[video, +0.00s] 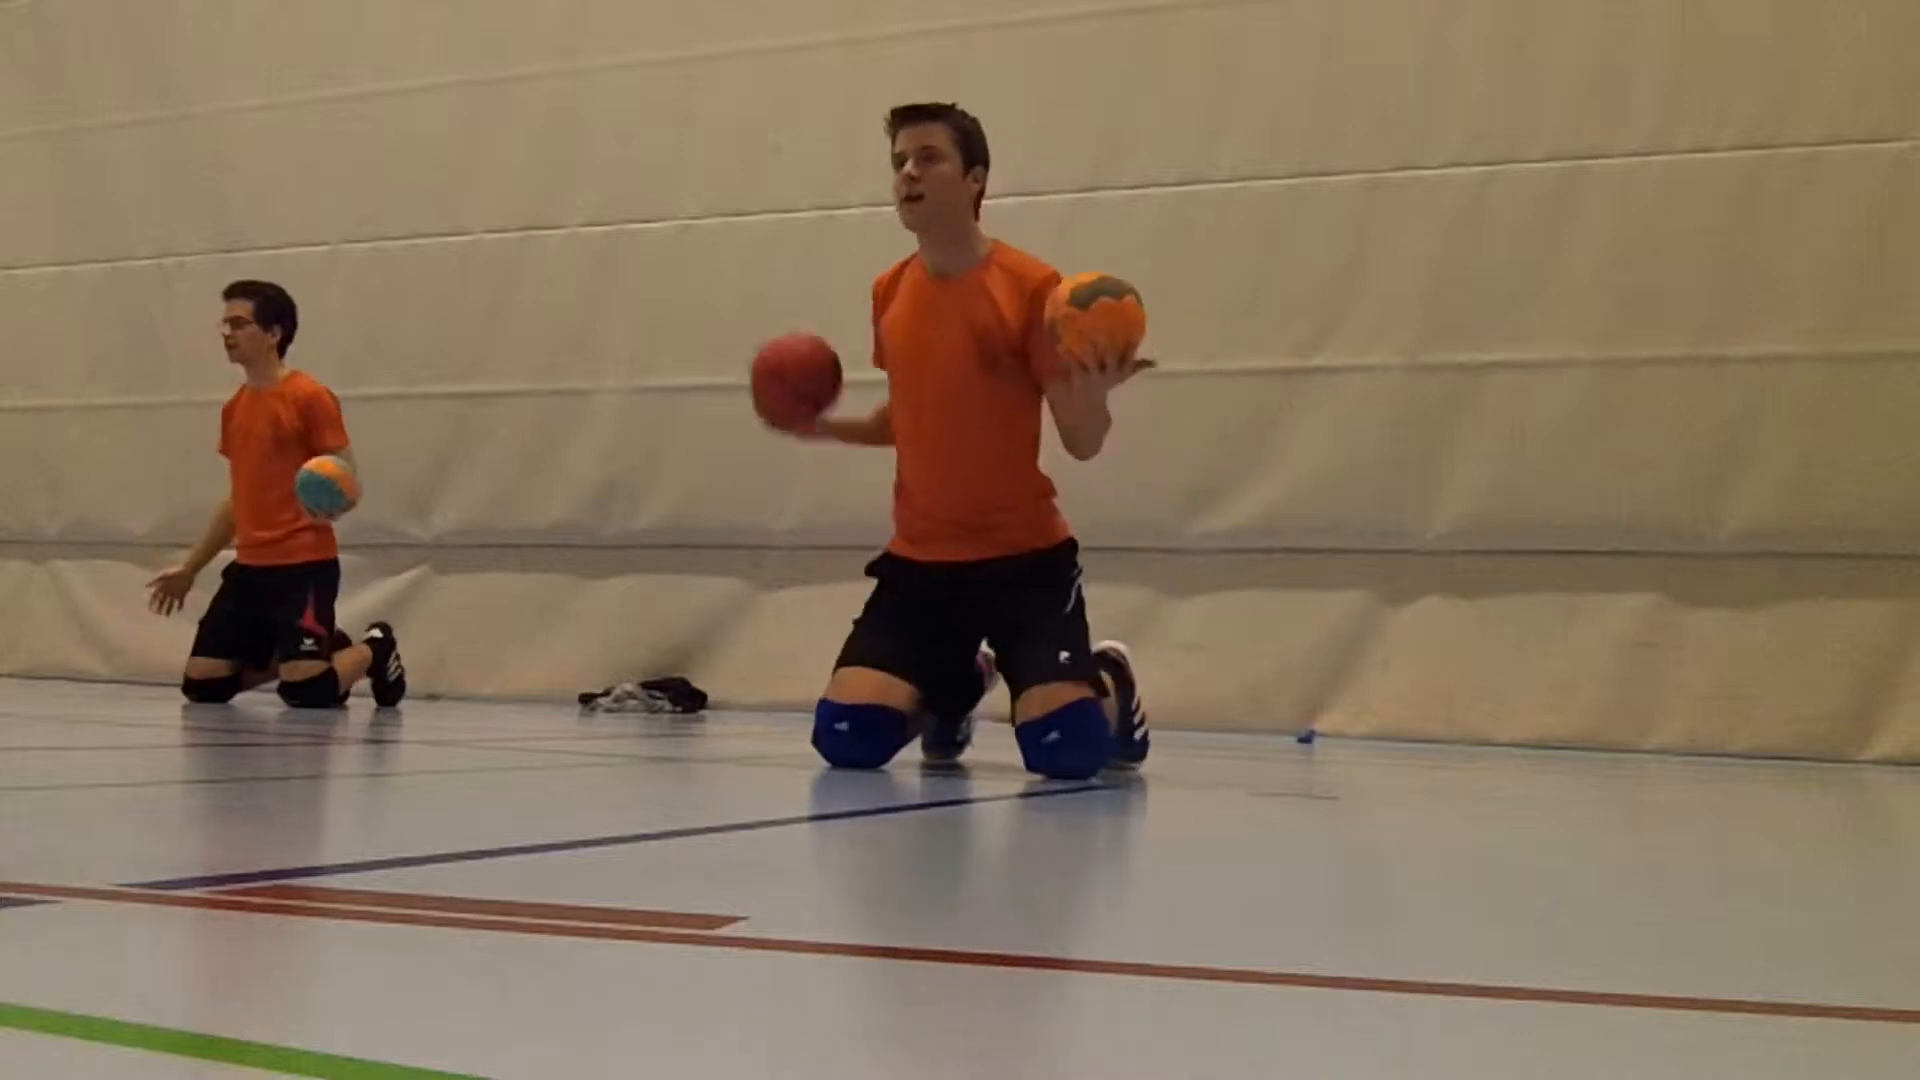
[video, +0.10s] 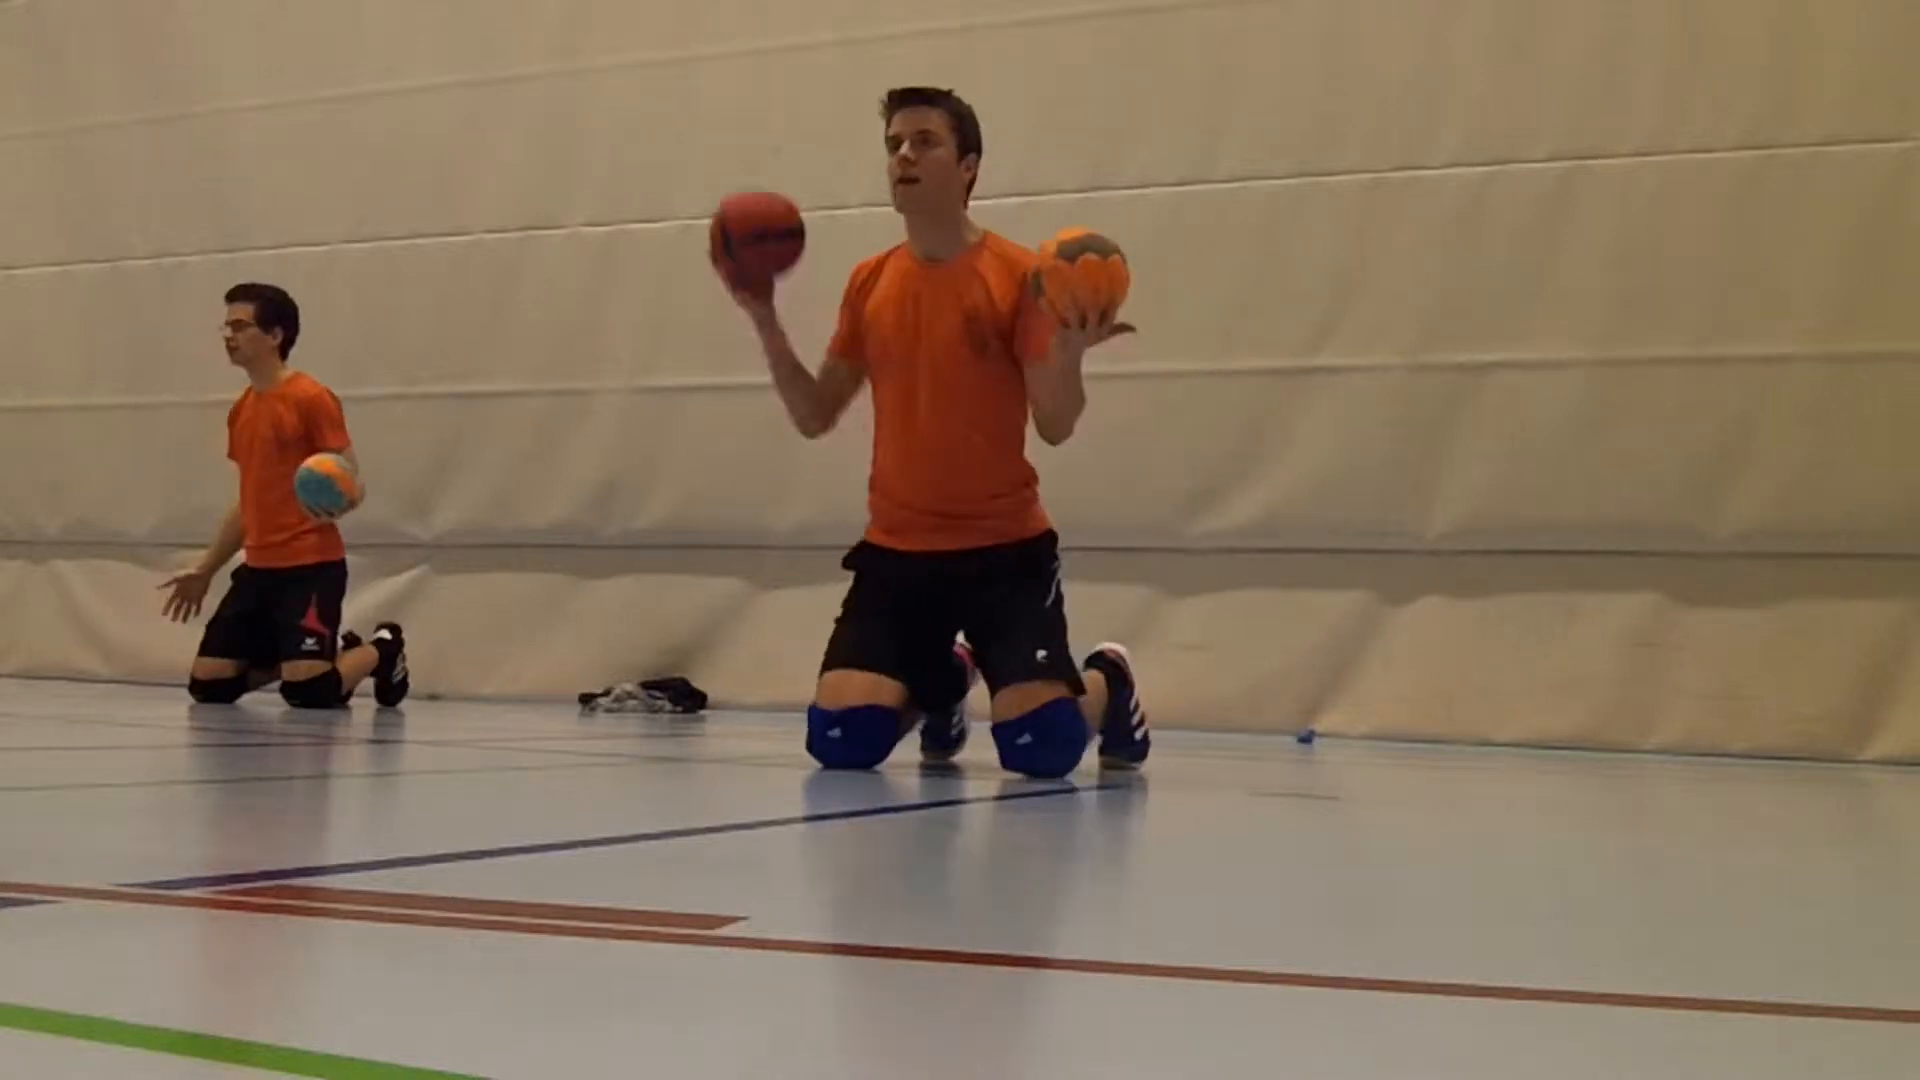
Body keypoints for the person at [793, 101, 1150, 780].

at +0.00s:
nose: (909, 174)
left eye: (929, 159)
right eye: (899, 163)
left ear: (975, 182)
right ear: (892, 186)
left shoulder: (1032, 290)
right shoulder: (892, 293)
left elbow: (1084, 442)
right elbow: (913, 419)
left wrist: (1087, 372)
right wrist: (823, 426)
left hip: (1026, 562)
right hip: (919, 565)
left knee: (1062, 753)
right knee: (847, 740)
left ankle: (1110, 684)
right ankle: (954, 681)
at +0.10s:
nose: (904, 154)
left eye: (925, 142)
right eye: (895, 144)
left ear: (968, 170)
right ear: (884, 170)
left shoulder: (1019, 277)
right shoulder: (873, 281)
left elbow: (1056, 423)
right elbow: (813, 414)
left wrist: (1068, 346)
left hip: (1007, 548)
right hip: (896, 551)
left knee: (1040, 752)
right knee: (839, 743)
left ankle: (1109, 685)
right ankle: (942, 680)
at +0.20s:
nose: (911, 139)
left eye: (933, 128)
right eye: (901, 128)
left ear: (973, 159)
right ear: (887, 151)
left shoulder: (1008, 267)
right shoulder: (850, 258)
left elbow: (1031, 408)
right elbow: (737, 323)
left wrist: (1052, 318)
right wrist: (733, 185)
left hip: (985, 538)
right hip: (872, 540)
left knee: (1012, 738)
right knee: (831, 744)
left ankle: (1099, 682)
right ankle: (918, 675)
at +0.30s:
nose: (913, 130)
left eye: (935, 119)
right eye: (904, 119)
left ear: (973, 153)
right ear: (888, 142)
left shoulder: (1005, 264)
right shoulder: (853, 232)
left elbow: (1021, 393)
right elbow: (748, 180)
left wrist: (1052, 297)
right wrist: (698, 65)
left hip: (971, 529)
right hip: (858, 528)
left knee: (1005, 730)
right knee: (829, 746)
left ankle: (1092, 681)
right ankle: (903, 673)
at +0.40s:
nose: (917, 120)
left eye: (938, 109)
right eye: (907, 109)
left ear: (978, 142)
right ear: (893, 134)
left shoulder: (1008, 260)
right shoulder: (852, 220)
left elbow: (1032, 380)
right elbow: (734, 191)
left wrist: (1067, 287)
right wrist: (759, 102)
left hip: (962, 515)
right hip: (848, 514)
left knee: (1008, 725)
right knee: (827, 746)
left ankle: (1092, 682)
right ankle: (897, 674)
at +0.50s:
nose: (926, 116)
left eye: (948, 106)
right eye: (916, 107)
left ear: (987, 141)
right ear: (903, 135)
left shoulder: (1013, 256)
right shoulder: (856, 221)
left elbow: (1052, 370)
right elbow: (727, 270)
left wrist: (1092, 261)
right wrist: (787, 201)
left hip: (964, 520)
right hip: (850, 518)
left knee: (1015, 736)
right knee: (823, 747)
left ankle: (1102, 679)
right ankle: (904, 673)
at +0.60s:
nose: (939, 116)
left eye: (961, 104)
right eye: (929, 106)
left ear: (1001, 138)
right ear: (914, 131)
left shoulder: (1031, 254)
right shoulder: (873, 227)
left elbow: (1065, 370)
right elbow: (757, 330)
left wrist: (1107, 259)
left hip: (977, 522)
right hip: (863, 517)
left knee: (1018, 750)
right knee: (824, 746)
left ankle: (1106, 678)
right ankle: (915, 677)